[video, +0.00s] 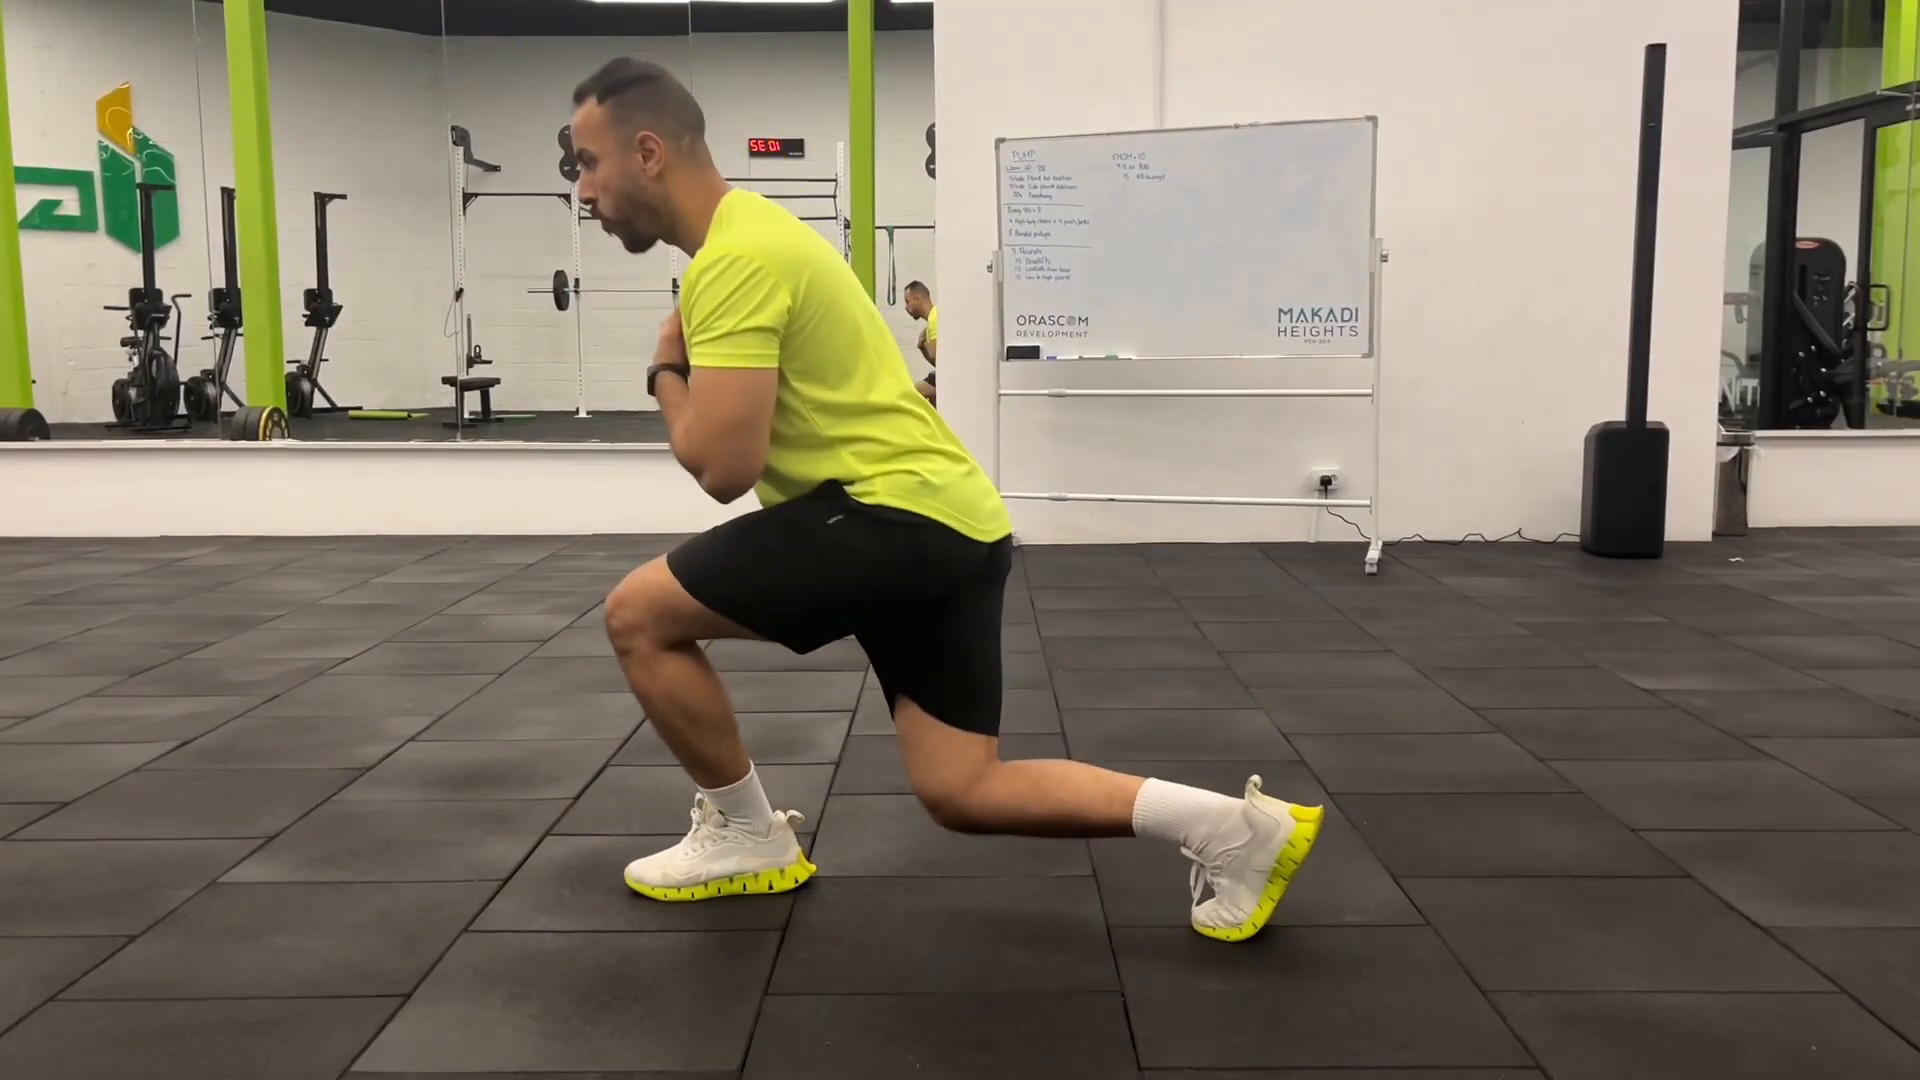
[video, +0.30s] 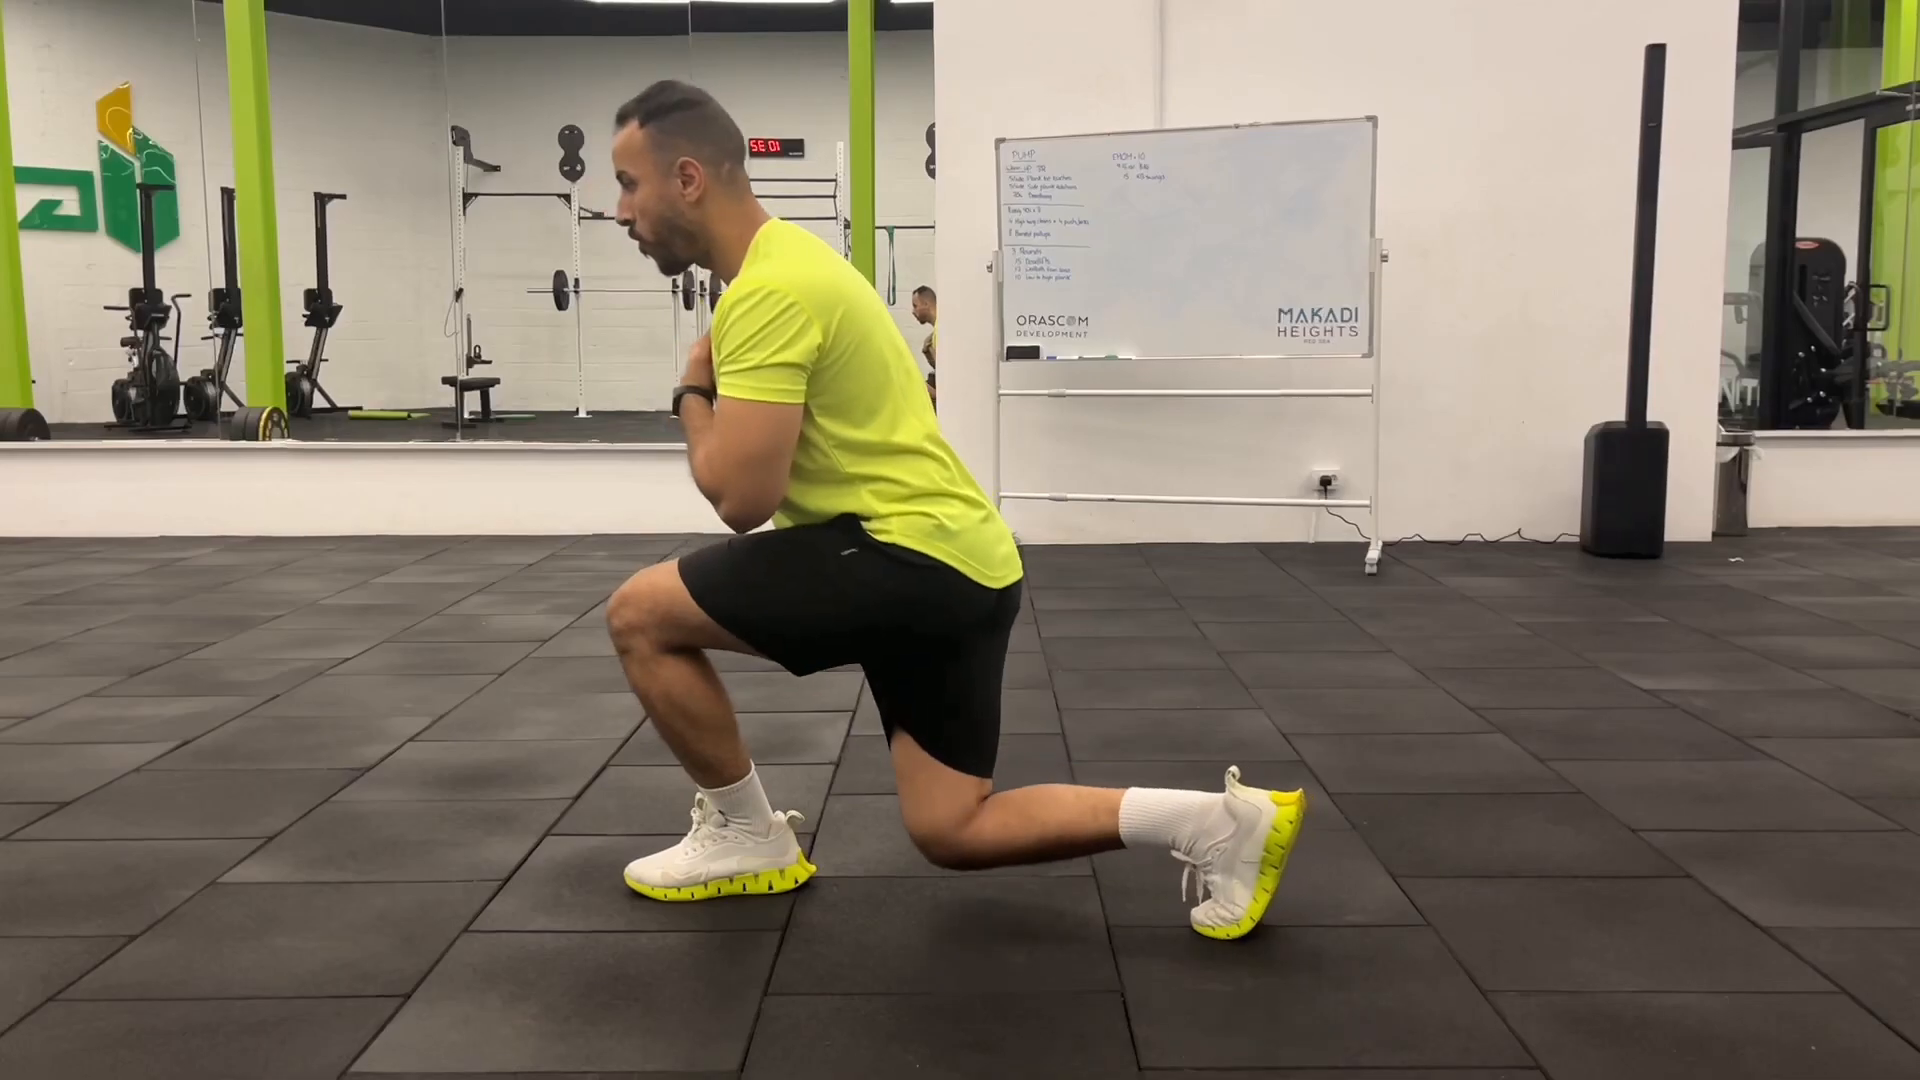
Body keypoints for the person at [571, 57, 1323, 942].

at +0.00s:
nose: (578, 193)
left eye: (585, 164)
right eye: (573, 168)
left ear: (649, 152)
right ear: (658, 154)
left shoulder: (741, 253)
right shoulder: (758, 237)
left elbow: (724, 465)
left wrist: (666, 379)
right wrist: (693, 383)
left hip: (887, 514)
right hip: (951, 518)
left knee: (640, 616)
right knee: (959, 787)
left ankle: (745, 834)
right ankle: (1232, 828)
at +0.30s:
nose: (619, 210)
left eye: (627, 184)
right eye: (616, 187)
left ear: (689, 178)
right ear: (696, 178)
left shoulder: (773, 286)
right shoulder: (800, 266)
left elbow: (741, 497)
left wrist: (691, 397)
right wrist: (722, 401)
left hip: (899, 551)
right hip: (965, 558)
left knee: (641, 616)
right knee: (949, 825)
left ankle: (745, 836)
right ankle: (1216, 823)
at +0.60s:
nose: (640, 210)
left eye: (649, 184)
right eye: (639, 186)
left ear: (710, 179)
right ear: (714, 179)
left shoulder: (788, 289)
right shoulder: (827, 270)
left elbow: (750, 498)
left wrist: (707, 394)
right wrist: (735, 400)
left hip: (904, 560)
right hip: (975, 568)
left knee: (647, 613)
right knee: (950, 830)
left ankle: (744, 833)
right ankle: (1216, 820)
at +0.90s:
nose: (629, 190)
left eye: (637, 163)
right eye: (627, 166)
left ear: (699, 157)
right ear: (705, 157)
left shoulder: (777, 262)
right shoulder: (811, 245)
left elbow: (745, 470)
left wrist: (703, 380)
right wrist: (728, 390)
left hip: (907, 530)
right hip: (975, 542)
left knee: (652, 610)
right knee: (958, 808)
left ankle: (745, 833)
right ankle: (1228, 822)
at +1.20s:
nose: (555, 100)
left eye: (557, 71)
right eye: (548, 76)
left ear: (617, 54)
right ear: (630, 57)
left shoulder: (702, 148)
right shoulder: (738, 135)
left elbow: (697, 358)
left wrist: (643, 279)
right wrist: (672, 282)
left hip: (869, 418)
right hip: (943, 417)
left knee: (668, 597)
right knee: (974, 674)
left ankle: (748, 834)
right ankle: (1227, 818)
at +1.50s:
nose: (527, 12)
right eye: (519, 2)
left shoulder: (641, 31)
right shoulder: (700, 27)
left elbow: (629, 237)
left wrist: (581, 152)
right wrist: (605, 146)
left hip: (792, 328)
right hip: (872, 323)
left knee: (704, 584)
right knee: (874, 575)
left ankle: (749, 829)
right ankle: (1075, 746)